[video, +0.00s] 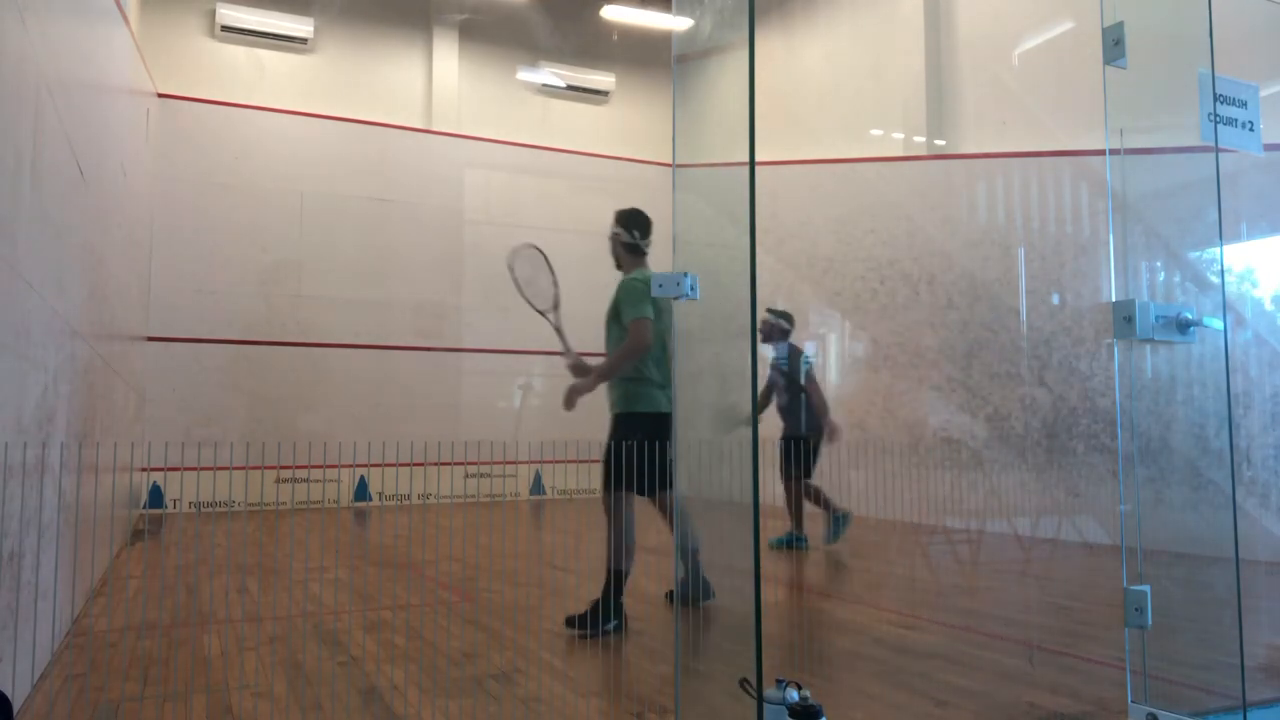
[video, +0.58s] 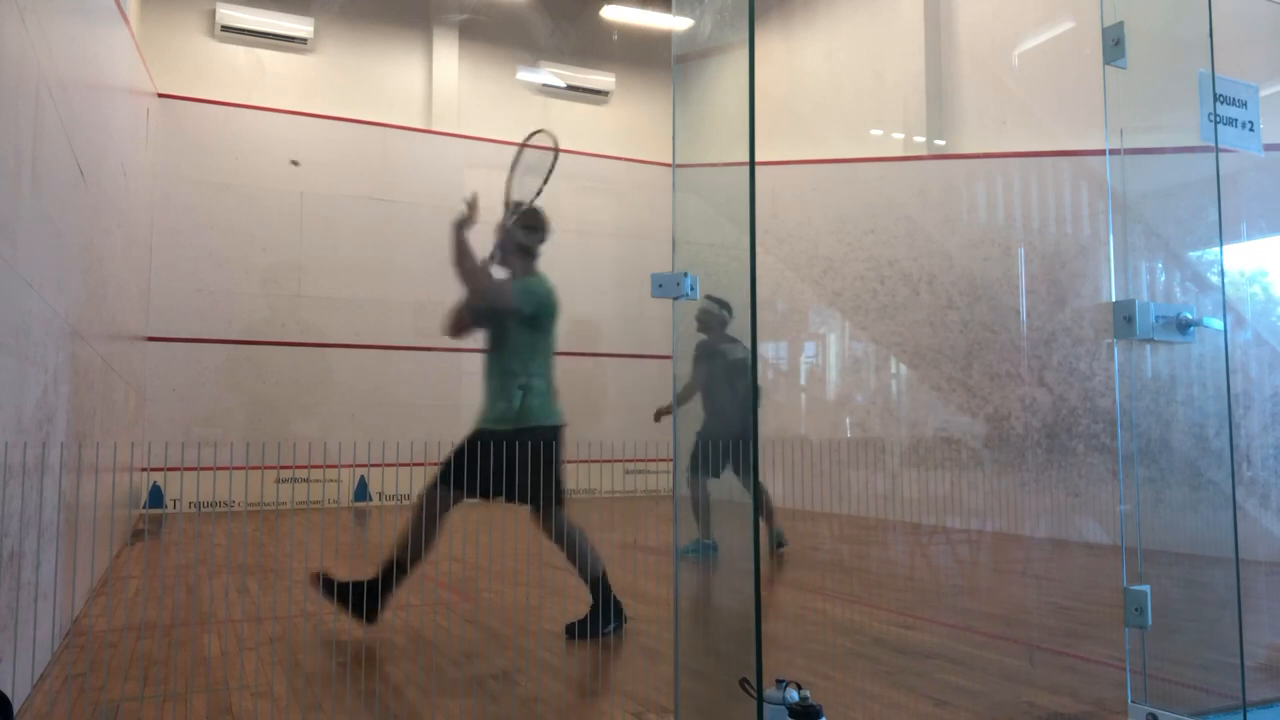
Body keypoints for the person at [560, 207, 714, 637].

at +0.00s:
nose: (610, 246)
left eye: (611, 239)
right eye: (613, 238)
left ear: (617, 242)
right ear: (644, 243)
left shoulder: (633, 285)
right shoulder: (655, 287)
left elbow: (640, 341)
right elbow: (643, 356)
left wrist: (589, 382)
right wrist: (594, 366)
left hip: (637, 411)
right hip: (657, 409)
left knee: (615, 497)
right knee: (662, 493)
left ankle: (610, 604)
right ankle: (696, 579)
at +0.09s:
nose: (594, 241)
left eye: (598, 234)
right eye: (596, 234)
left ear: (609, 238)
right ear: (625, 239)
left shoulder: (625, 282)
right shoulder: (629, 283)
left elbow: (631, 341)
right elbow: (622, 353)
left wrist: (572, 376)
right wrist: (571, 358)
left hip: (624, 408)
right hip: (628, 406)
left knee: (606, 499)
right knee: (629, 495)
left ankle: (609, 604)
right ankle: (677, 569)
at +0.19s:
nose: (579, 235)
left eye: (584, 228)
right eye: (580, 228)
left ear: (600, 232)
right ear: (604, 234)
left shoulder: (614, 277)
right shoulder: (602, 280)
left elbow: (618, 334)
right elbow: (599, 346)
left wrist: (556, 359)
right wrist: (550, 352)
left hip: (616, 408)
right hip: (601, 408)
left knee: (602, 501)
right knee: (580, 495)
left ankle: (611, 605)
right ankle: (635, 568)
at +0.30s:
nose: (564, 229)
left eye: (572, 222)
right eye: (565, 221)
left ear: (594, 228)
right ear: (577, 228)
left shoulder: (600, 275)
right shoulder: (584, 278)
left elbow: (595, 329)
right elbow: (576, 343)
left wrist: (532, 337)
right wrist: (525, 341)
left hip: (605, 411)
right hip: (582, 410)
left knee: (601, 503)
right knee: (539, 490)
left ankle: (611, 606)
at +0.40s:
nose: (548, 231)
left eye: (558, 225)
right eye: (549, 224)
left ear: (578, 232)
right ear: (550, 229)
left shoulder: (586, 279)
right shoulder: (564, 282)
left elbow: (556, 324)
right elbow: (539, 340)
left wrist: (503, 307)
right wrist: (510, 311)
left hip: (587, 414)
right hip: (558, 413)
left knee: (588, 507)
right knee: (505, 491)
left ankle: (610, 607)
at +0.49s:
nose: (528, 229)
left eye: (536, 223)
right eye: (530, 222)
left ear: (553, 233)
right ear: (541, 233)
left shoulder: (563, 282)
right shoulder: (537, 287)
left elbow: (524, 307)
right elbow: (501, 336)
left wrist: (482, 269)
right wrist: (492, 288)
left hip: (564, 417)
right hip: (530, 417)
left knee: (571, 510)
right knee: (471, 494)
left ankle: (609, 607)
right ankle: (425, 590)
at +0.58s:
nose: (495, 241)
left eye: (500, 235)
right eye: (497, 235)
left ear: (512, 240)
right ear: (532, 243)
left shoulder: (537, 290)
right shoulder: (503, 292)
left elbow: (484, 292)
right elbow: (456, 327)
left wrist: (459, 235)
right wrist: (484, 276)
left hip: (535, 428)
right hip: (496, 428)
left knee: (551, 518)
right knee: (434, 502)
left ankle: (607, 605)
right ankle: (373, 595)